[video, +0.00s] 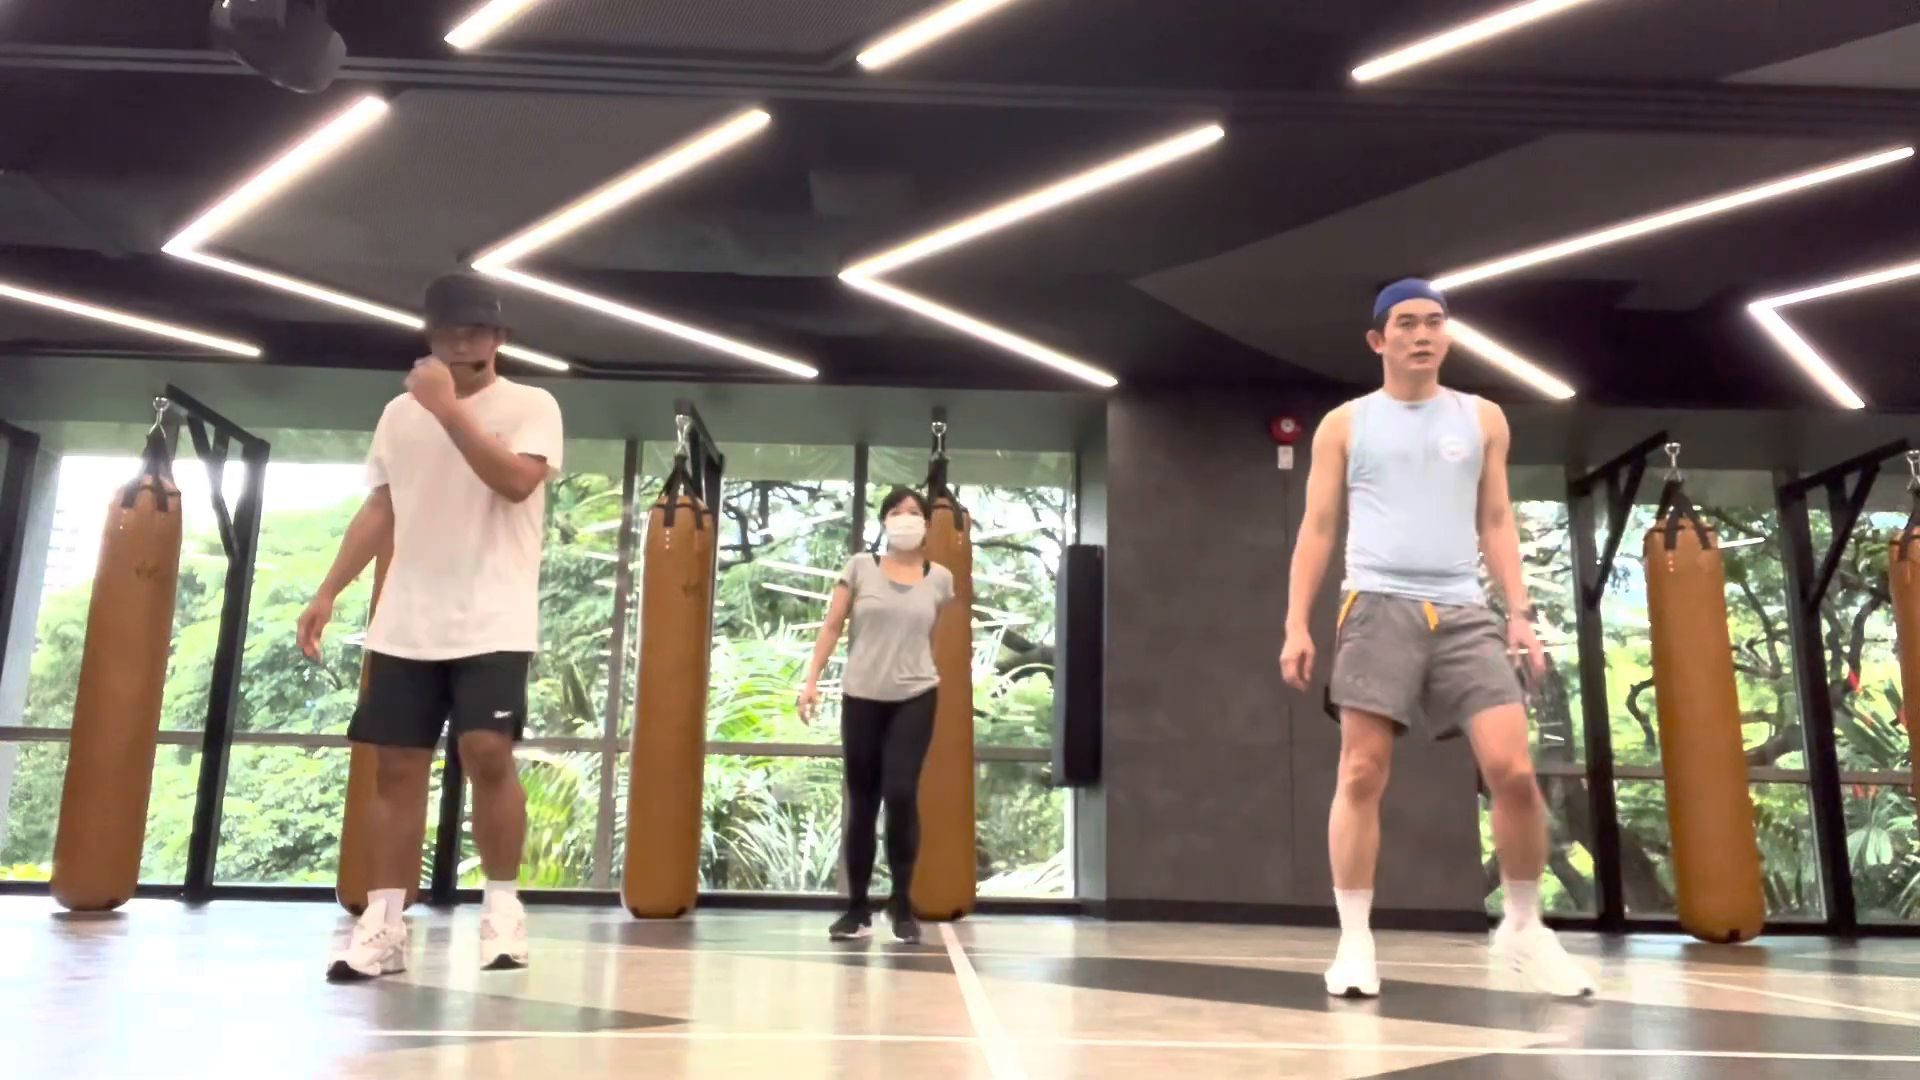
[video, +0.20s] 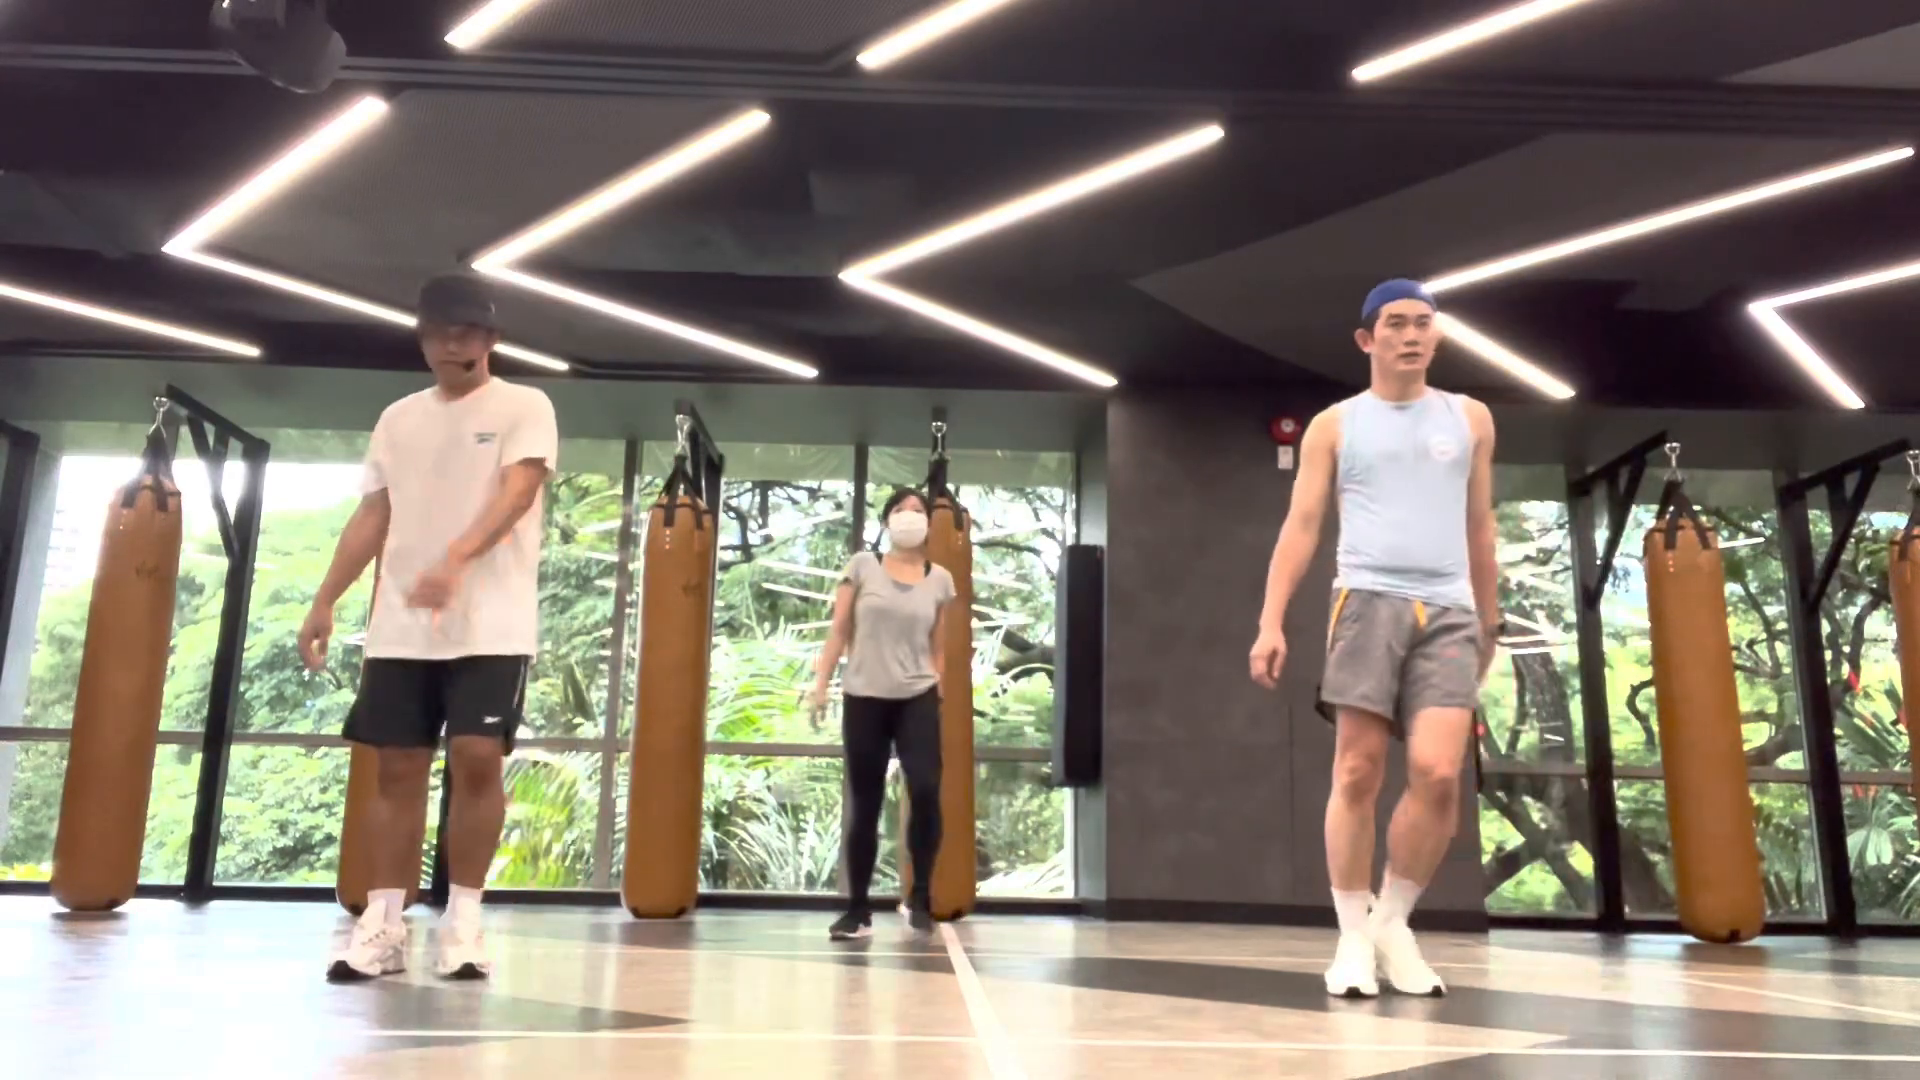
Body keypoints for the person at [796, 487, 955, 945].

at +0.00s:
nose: (907, 519)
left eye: (916, 514)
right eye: (898, 513)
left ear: (927, 527)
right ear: (883, 525)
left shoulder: (941, 580)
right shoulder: (861, 567)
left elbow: (950, 641)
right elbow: (831, 625)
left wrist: (953, 699)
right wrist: (811, 681)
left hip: (916, 697)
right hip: (862, 697)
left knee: (900, 795)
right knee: (861, 804)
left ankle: (902, 904)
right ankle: (856, 908)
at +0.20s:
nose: (910, 517)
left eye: (918, 512)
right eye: (901, 511)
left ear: (929, 527)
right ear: (886, 526)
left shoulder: (940, 581)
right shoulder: (863, 566)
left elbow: (937, 643)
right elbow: (839, 630)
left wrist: (939, 684)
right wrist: (820, 684)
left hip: (919, 699)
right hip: (865, 698)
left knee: (927, 792)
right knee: (863, 805)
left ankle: (919, 897)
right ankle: (856, 909)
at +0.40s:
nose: (924, 519)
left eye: (934, 515)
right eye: (915, 513)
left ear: (946, 531)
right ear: (901, 528)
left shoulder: (956, 584)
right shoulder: (876, 571)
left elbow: (959, 650)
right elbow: (851, 634)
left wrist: (969, 704)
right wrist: (840, 689)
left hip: (935, 702)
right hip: (878, 702)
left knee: (963, 799)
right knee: (874, 808)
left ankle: (994, 897)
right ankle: (858, 909)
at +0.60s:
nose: (954, 526)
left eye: (962, 520)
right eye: (946, 520)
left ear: (974, 534)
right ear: (930, 533)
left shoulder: (989, 585)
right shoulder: (913, 582)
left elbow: (996, 645)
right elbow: (887, 640)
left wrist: (1003, 690)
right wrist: (866, 692)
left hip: (976, 709)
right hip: (920, 710)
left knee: (988, 815)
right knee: (894, 813)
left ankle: (1009, 910)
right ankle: (861, 908)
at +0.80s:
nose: (977, 523)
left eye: (984, 517)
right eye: (969, 517)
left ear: (996, 529)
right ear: (955, 529)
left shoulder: (1015, 577)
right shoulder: (937, 578)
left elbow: (1023, 635)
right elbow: (922, 643)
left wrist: (1019, 672)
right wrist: (911, 698)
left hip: (1000, 702)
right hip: (948, 701)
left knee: (1004, 808)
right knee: (930, 800)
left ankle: (1011, 910)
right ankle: (906, 891)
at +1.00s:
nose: (986, 527)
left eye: (995, 521)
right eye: (977, 521)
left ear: (1006, 532)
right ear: (963, 533)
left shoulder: (1024, 578)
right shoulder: (945, 580)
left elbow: (1030, 637)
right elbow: (934, 646)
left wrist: (1019, 652)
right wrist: (933, 701)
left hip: (1010, 701)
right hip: (957, 701)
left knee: (1008, 808)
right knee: (962, 803)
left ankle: (1011, 912)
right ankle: (963, 906)